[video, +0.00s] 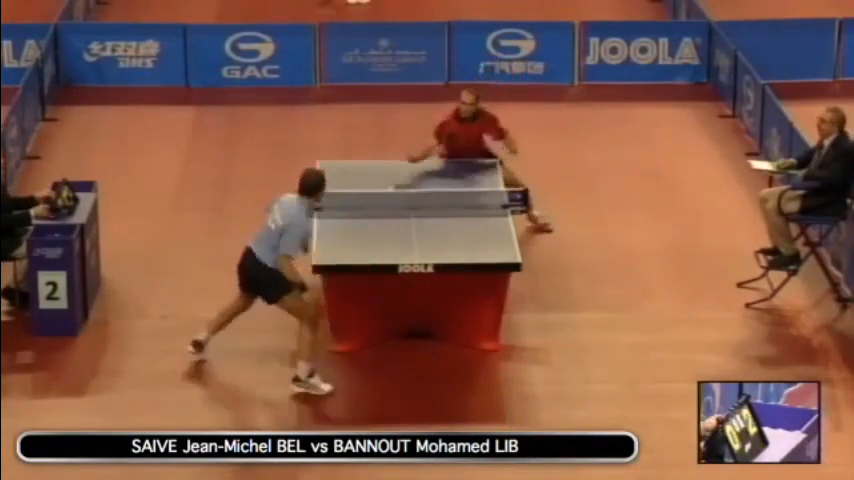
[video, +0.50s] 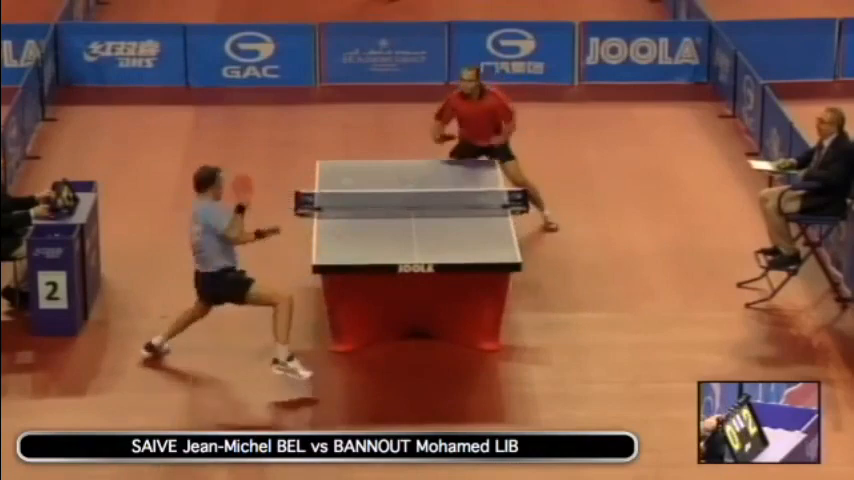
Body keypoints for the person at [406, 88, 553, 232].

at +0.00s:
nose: (464, 108)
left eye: (469, 104)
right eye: (462, 103)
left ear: (477, 105)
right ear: (458, 103)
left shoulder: (487, 120)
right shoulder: (448, 124)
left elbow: (503, 136)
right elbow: (436, 145)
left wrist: (511, 147)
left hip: (487, 166)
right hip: (456, 166)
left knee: (521, 188)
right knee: (422, 184)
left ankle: (532, 219)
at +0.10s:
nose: (468, 98)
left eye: (471, 95)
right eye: (465, 94)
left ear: (477, 96)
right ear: (460, 95)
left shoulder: (487, 110)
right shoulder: (452, 114)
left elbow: (512, 123)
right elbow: (428, 131)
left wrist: (521, 135)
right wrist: (420, 147)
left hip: (487, 156)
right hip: (459, 158)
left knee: (515, 180)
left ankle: (516, 222)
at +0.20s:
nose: (467, 90)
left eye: (471, 87)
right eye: (465, 86)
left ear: (479, 88)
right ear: (461, 86)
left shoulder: (491, 102)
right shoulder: (456, 103)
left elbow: (508, 114)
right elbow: (438, 118)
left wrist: (520, 120)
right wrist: (428, 131)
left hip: (492, 147)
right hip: (463, 148)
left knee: (511, 180)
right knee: (454, 183)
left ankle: (516, 220)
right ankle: (455, 223)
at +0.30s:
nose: (467, 78)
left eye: (472, 75)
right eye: (465, 75)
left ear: (480, 76)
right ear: (461, 76)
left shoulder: (493, 91)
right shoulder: (455, 93)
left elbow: (512, 100)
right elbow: (439, 109)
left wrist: (525, 105)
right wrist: (429, 122)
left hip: (496, 136)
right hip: (467, 137)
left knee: (518, 173)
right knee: (451, 171)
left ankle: (523, 219)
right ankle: (449, 219)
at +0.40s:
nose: (464, 76)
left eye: (469, 72)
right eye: (463, 72)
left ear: (478, 74)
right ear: (460, 72)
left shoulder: (493, 90)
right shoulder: (454, 91)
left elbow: (519, 102)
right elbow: (438, 110)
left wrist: (521, 110)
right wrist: (431, 124)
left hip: (495, 134)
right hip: (467, 135)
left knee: (520, 173)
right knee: (449, 170)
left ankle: (536, 217)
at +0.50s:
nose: (464, 85)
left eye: (469, 81)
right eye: (462, 81)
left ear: (478, 82)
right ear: (460, 81)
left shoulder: (495, 98)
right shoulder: (455, 99)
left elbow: (510, 121)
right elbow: (441, 119)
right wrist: (438, 136)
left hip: (495, 144)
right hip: (468, 144)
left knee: (518, 179)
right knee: (449, 175)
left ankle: (545, 215)